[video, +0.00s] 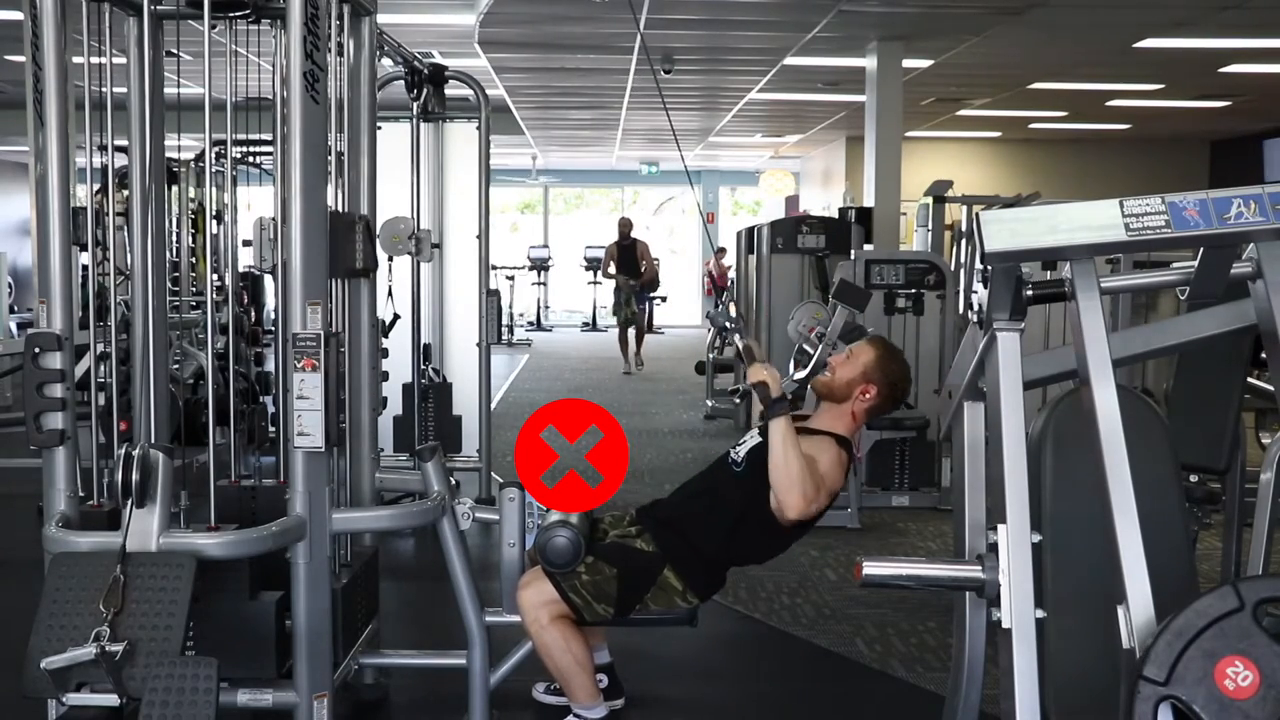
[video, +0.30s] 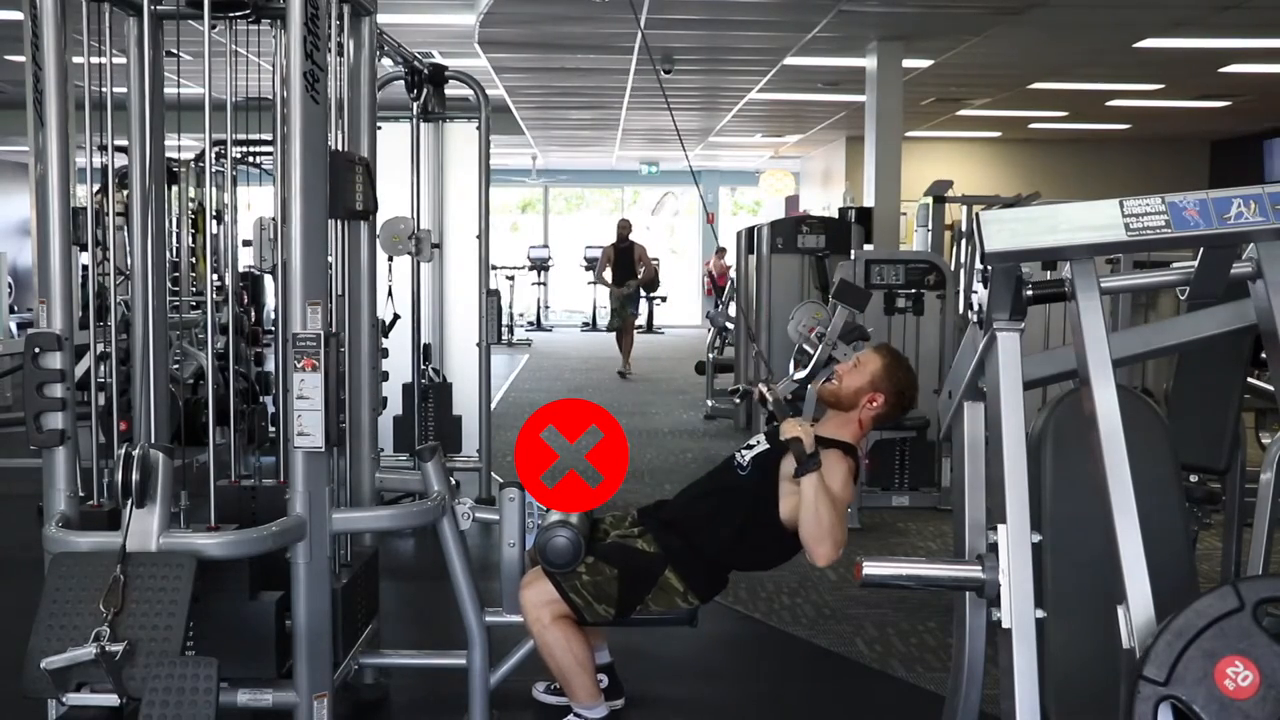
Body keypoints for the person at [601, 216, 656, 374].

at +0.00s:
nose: (623, 230)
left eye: (626, 226)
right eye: (621, 226)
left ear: (631, 228)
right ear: (617, 228)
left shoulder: (641, 246)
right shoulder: (612, 248)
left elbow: (651, 269)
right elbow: (604, 272)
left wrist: (640, 281)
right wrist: (616, 277)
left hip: (638, 289)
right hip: (622, 290)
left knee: (640, 326)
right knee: (623, 327)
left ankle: (638, 353)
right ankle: (626, 361)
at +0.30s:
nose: (621, 231)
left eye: (624, 228)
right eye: (619, 228)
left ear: (630, 230)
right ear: (616, 229)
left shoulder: (638, 249)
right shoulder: (608, 250)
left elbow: (650, 270)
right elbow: (598, 275)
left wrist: (637, 282)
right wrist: (612, 287)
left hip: (632, 290)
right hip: (616, 291)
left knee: (629, 327)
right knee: (619, 329)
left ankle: (625, 364)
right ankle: (626, 361)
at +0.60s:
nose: (619, 227)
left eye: (622, 224)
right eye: (616, 224)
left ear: (627, 226)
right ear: (613, 225)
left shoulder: (635, 246)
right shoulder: (605, 246)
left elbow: (646, 270)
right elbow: (594, 271)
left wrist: (632, 280)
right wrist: (592, 296)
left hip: (627, 293)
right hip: (610, 293)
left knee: (626, 330)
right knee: (605, 329)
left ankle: (623, 365)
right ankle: (612, 358)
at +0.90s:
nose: (609, 229)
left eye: (612, 226)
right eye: (606, 226)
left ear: (617, 228)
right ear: (603, 228)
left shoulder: (626, 247)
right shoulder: (596, 249)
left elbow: (638, 271)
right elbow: (587, 273)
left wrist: (627, 283)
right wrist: (579, 297)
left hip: (621, 295)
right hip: (603, 295)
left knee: (622, 332)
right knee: (601, 332)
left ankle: (622, 366)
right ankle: (599, 370)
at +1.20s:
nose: (601, 226)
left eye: (604, 223)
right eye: (598, 223)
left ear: (609, 225)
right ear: (594, 224)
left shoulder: (619, 244)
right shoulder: (587, 247)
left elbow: (630, 268)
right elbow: (577, 274)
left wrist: (635, 292)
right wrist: (571, 300)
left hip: (615, 296)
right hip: (596, 296)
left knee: (617, 332)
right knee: (596, 334)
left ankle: (615, 366)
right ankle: (598, 372)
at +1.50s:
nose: (601, 228)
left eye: (605, 225)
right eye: (599, 224)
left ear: (610, 227)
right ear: (594, 226)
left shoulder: (618, 248)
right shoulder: (586, 249)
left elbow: (628, 274)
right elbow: (574, 274)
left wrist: (632, 298)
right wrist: (569, 298)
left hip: (611, 298)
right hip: (593, 298)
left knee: (608, 337)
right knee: (594, 337)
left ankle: (605, 376)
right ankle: (597, 370)